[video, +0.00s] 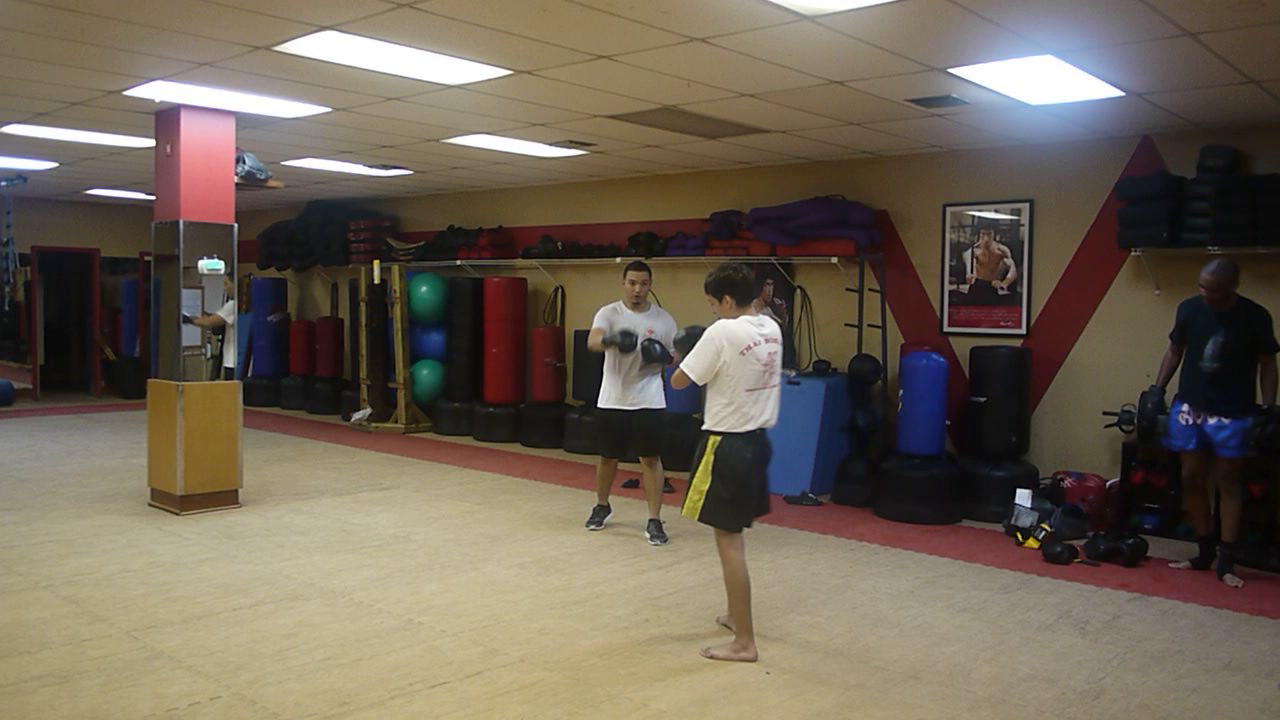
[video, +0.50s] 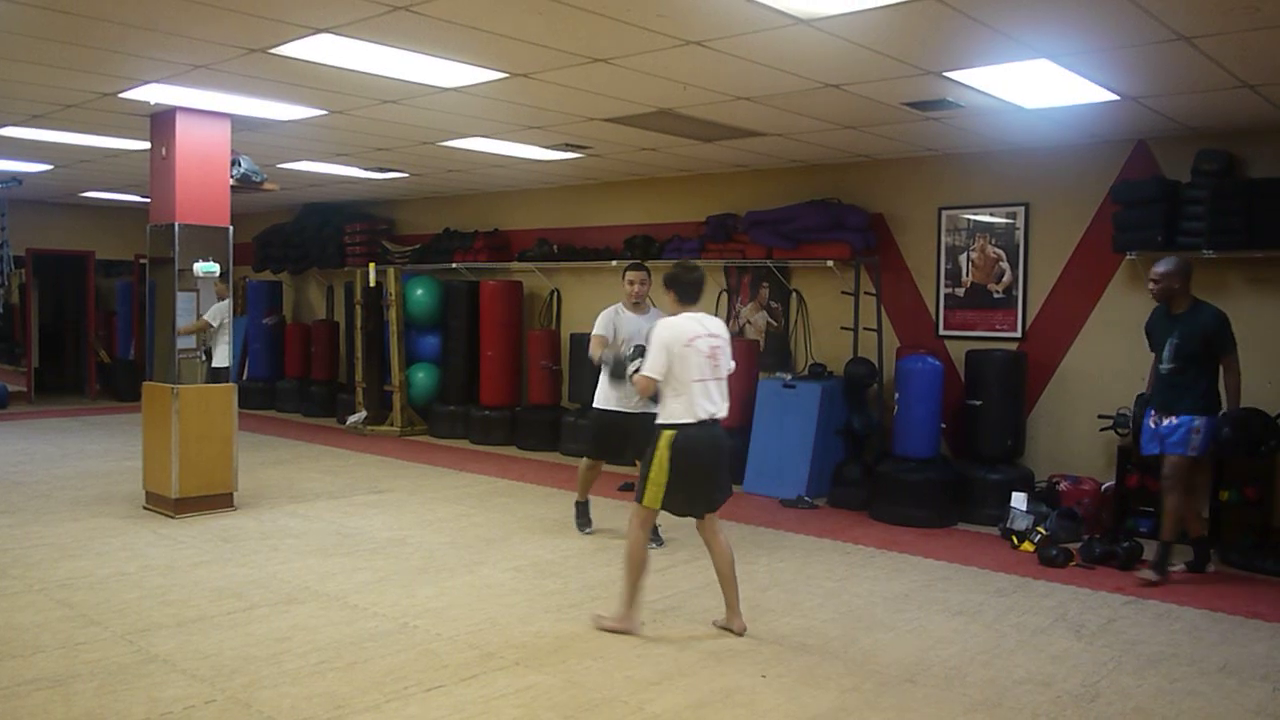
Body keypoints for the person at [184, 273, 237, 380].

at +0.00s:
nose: (224, 288)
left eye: (226, 284)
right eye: (224, 284)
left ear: (235, 285)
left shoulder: (234, 304)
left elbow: (211, 322)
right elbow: (218, 318)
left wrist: (191, 320)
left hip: (233, 366)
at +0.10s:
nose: (221, 288)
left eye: (222, 284)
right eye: (221, 284)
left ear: (231, 284)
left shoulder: (229, 304)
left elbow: (205, 312)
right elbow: (206, 311)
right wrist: (181, 310)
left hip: (228, 364)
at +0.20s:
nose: (216, 288)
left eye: (218, 284)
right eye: (217, 284)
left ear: (229, 285)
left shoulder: (227, 304)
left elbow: (201, 310)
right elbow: (201, 309)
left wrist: (175, 308)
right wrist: (176, 308)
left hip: (226, 365)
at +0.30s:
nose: (215, 290)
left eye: (217, 286)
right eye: (216, 286)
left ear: (227, 287)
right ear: (226, 288)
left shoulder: (225, 305)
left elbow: (199, 313)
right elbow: (200, 313)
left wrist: (175, 312)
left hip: (223, 366)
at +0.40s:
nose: (216, 289)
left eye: (217, 285)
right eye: (216, 285)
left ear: (227, 286)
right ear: (227, 287)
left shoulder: (223, 306)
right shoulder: (240, 304)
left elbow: (197, 320)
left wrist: (176, 320)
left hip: (223, 365)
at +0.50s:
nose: (215, 289)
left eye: (217, 285)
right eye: (215, 285)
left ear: (226, 286)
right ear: (226, 287)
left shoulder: (220, 307)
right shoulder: (240, 305)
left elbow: (203, 325)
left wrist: (180, 331)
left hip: (221, 364)